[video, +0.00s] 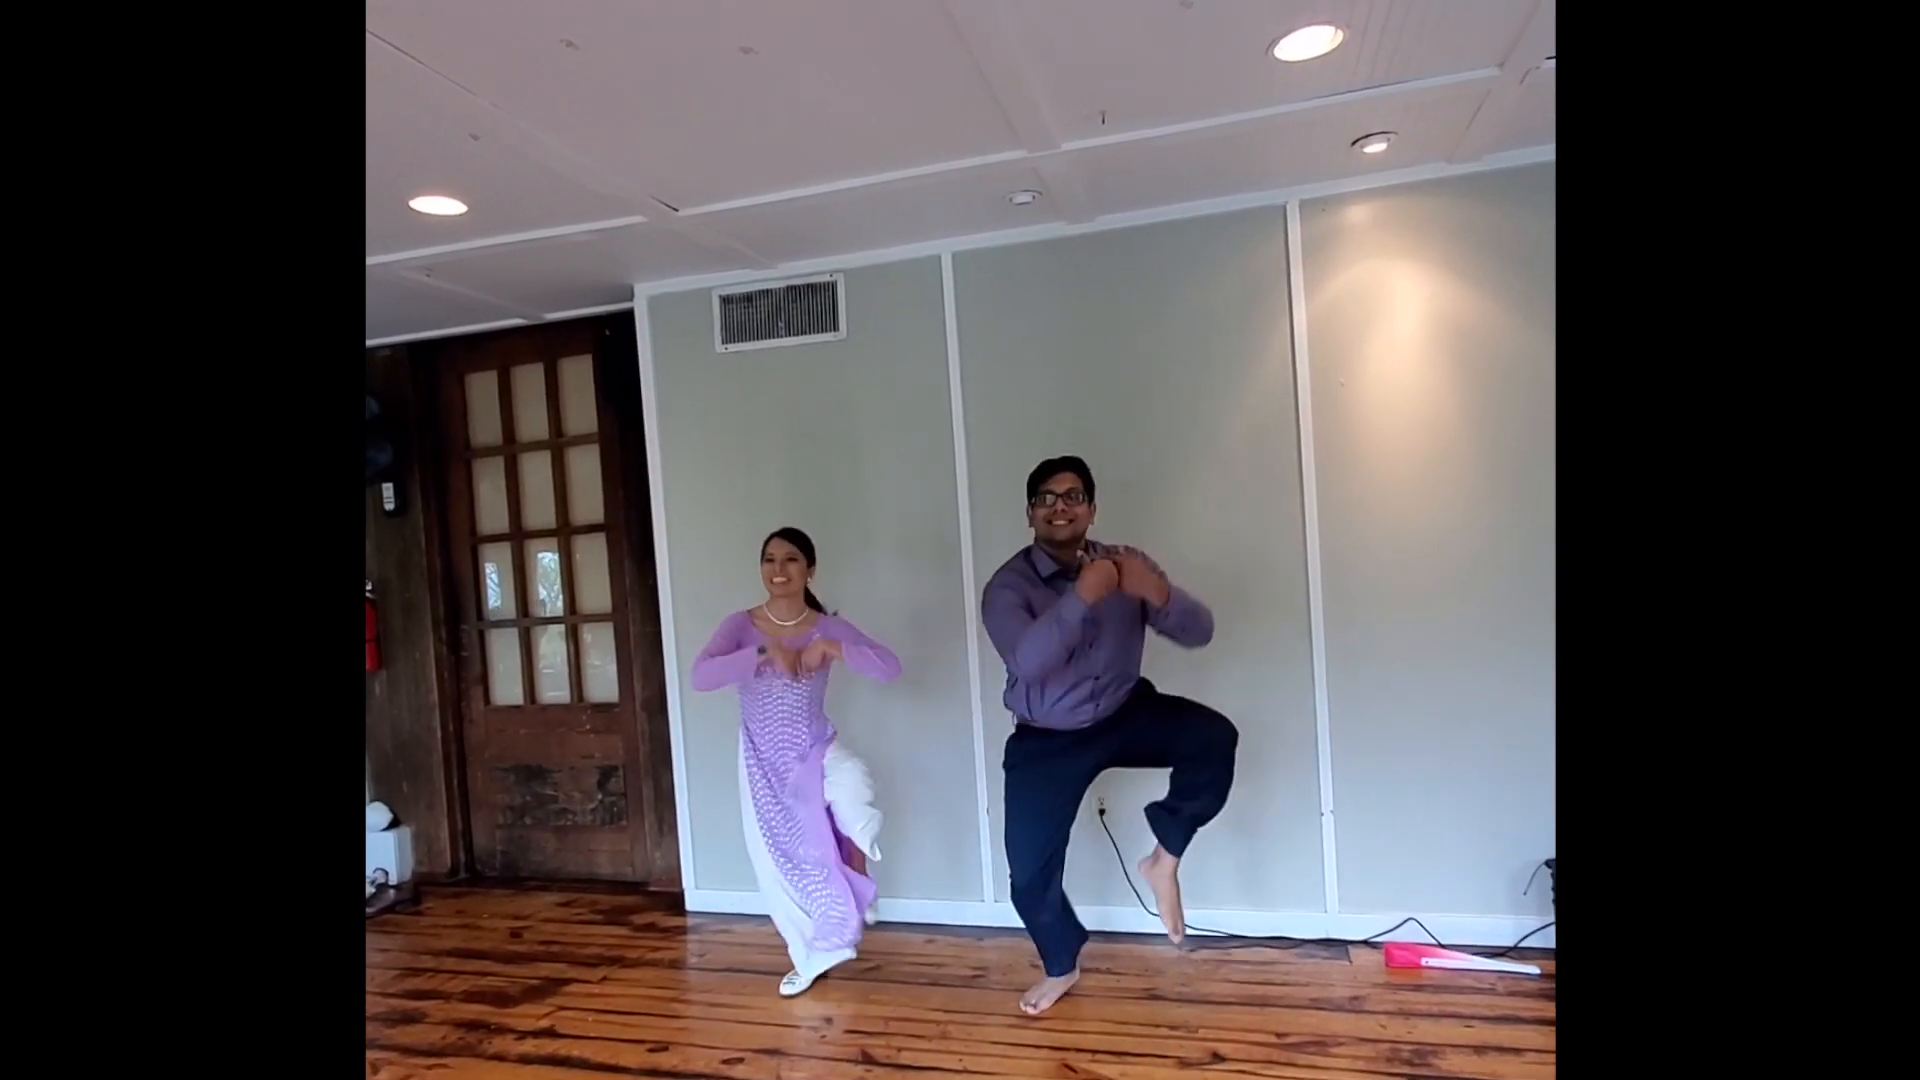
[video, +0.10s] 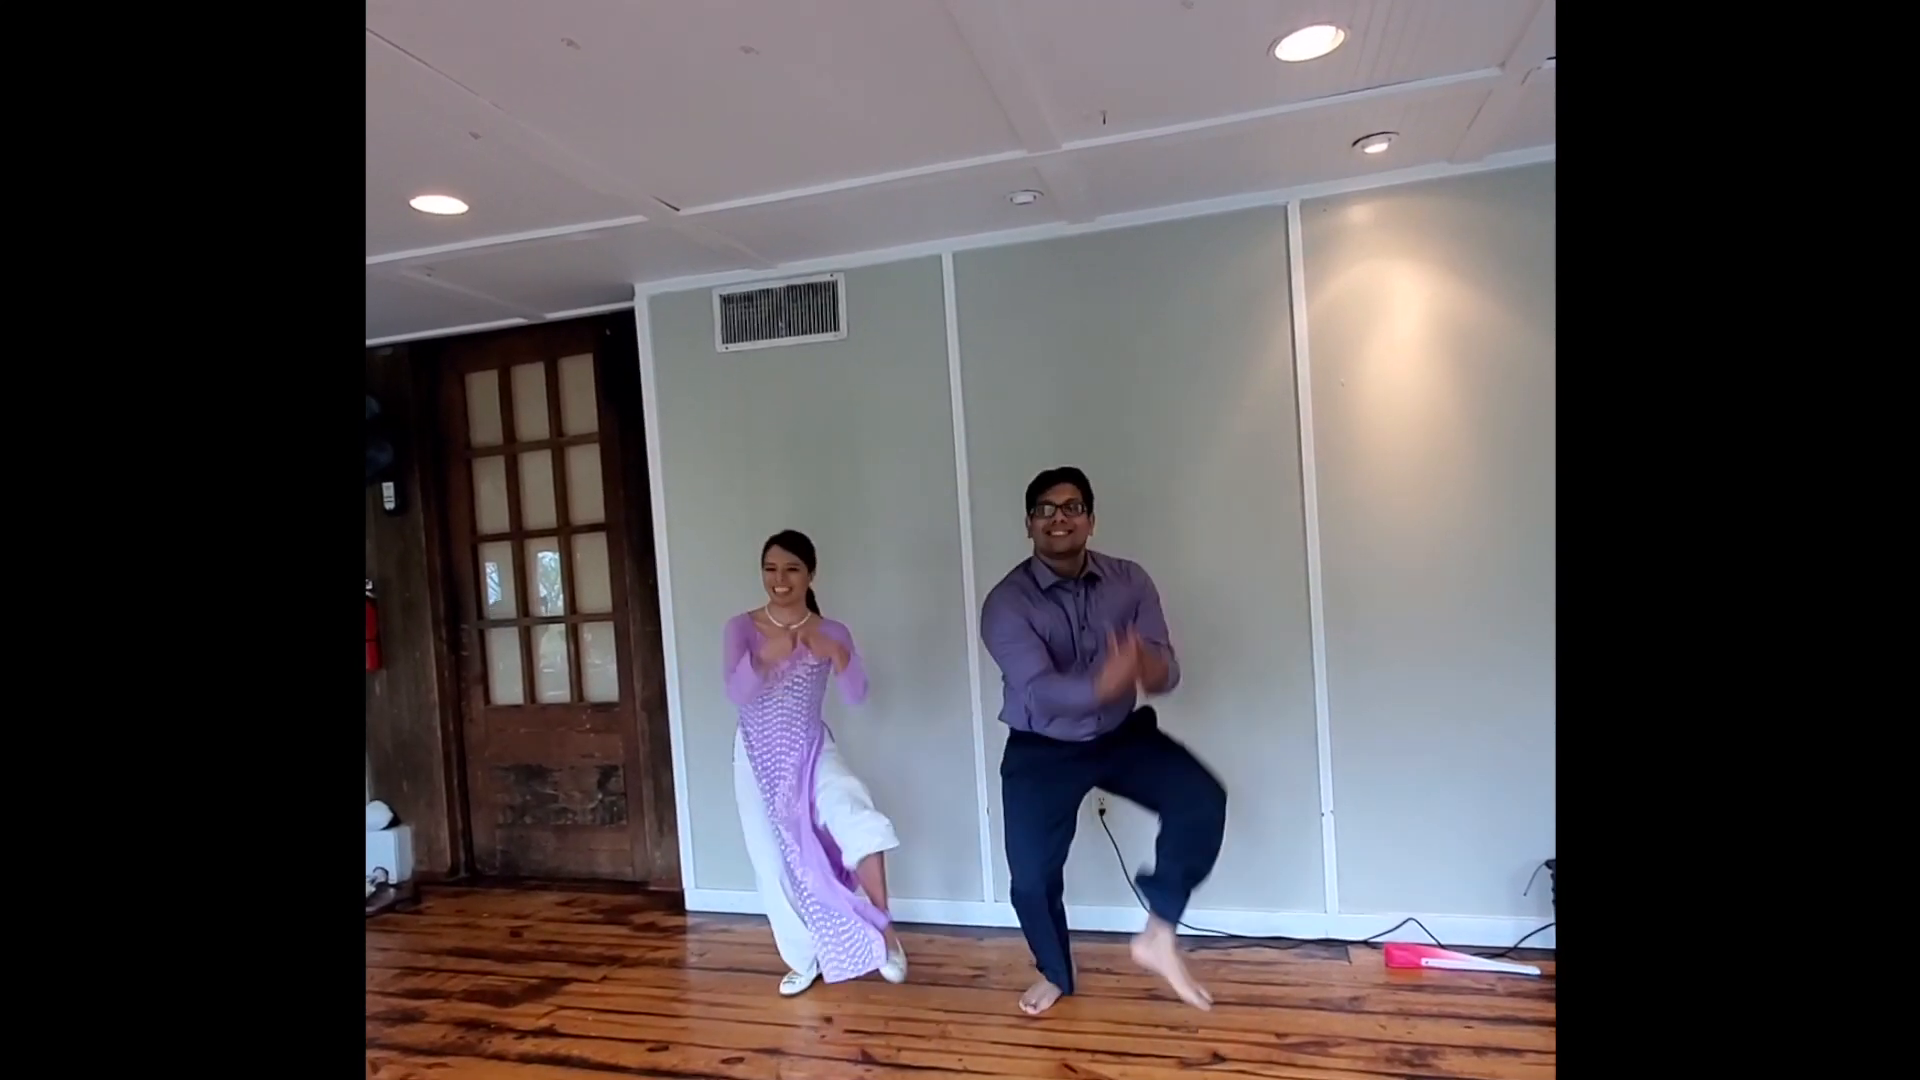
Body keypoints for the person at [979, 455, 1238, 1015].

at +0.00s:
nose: (1058, 507)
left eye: (1072, 497)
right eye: (1046, 498)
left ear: (1090, 510)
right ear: (1031, 512)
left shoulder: (1124, 565)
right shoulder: (1008, 588)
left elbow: (1200, 630)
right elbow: (1026, 661)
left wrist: (1158, 598)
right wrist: (1081, 598)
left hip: (1126, 713)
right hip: (1046, 737)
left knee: (1212, 739)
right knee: (1030, 874)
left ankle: (1162, 860)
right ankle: (1061, 964)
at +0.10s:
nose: (1060, 519)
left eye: (1072, 508)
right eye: (1046, 510)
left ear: (1090, 520)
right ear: (1030, 524)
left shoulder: (1130, 582)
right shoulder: (1006, 604)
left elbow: (1164, 672)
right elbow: (1037, 689)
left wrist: (1147, 668)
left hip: (1121, 735)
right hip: (1042, 749)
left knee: (1200, 799)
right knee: (1032, 875)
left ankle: (1158, 935)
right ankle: (1052, 975)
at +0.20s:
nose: (1066, 521)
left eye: (1079, 511)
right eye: (1054, 513)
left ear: (1098, 523)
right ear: (1037, 527)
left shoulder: (1137, 589)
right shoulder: (1011, 613)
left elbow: (1166, 679)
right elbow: (1029, 707)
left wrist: (1177, 768)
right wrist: (1057, 787)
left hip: (1125, 753)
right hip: (1043, 755)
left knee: (1175, 861)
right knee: (1038, 874)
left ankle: (1154, 1001)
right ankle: (1051, 977)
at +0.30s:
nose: (1087, 514)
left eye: (1100, 504)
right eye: (1074, 506)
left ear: (1121, 516)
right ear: (1059, 521)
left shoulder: (1159, 587)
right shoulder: (1027, 595)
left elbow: (1212, 664)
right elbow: (985, 678)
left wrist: (1271, 747)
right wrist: (953, 761)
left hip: (1143, 752)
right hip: (1057, 755)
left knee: (1208, 846)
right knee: (1040, 882)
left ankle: (1173, 974)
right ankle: (1053, 975)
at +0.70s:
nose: (1198, 479)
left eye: (1211, 469)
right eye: (1186, 472)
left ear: (1238, 481)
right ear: (1176, 491)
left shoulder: (1294, 543)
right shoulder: (1150, 565)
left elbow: (1384, 539)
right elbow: (1066, 572)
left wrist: (1455, 471)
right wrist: (997, 512)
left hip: (1271, 740)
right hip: (1176, 725)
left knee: (1314, 861)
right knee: (1097, 780)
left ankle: (1324, 975)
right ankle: (1144, 870)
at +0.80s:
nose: (1212, 481)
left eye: (1228, 470)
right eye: (1201, 473)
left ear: (1256, 484)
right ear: (1190, 492)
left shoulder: (1313, 542)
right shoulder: (1169, 568)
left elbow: (1403, 541)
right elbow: (1085, 588)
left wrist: (1441, 470)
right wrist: (1035, 523)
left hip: (1292, 738)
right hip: (1196, 723)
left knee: (1329, 875)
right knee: (1115, 774)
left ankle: (1330, 991)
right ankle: (1179, 869)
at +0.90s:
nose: (1222, 465)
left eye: (1235, 455)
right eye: (1208, 460)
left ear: (1261, 470)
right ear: (1196, 482)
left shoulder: (1319, 525)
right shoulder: (1172, 552)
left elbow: (1405, 503)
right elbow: (1087, 556)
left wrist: (1468, 434)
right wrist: (1022, 501)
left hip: (1310, 730)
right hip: (1213, 721)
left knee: (1329, 874)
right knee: (1131, 801)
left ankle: (1333, 1000)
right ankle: (1165, 913)